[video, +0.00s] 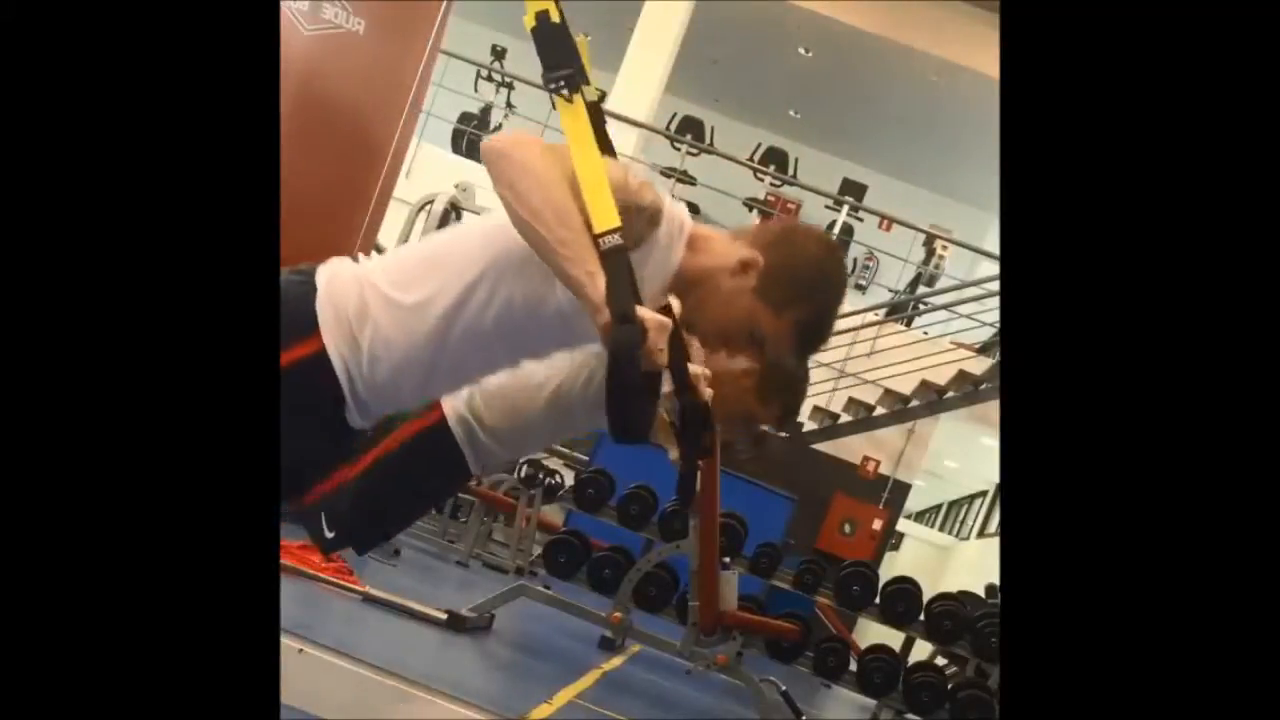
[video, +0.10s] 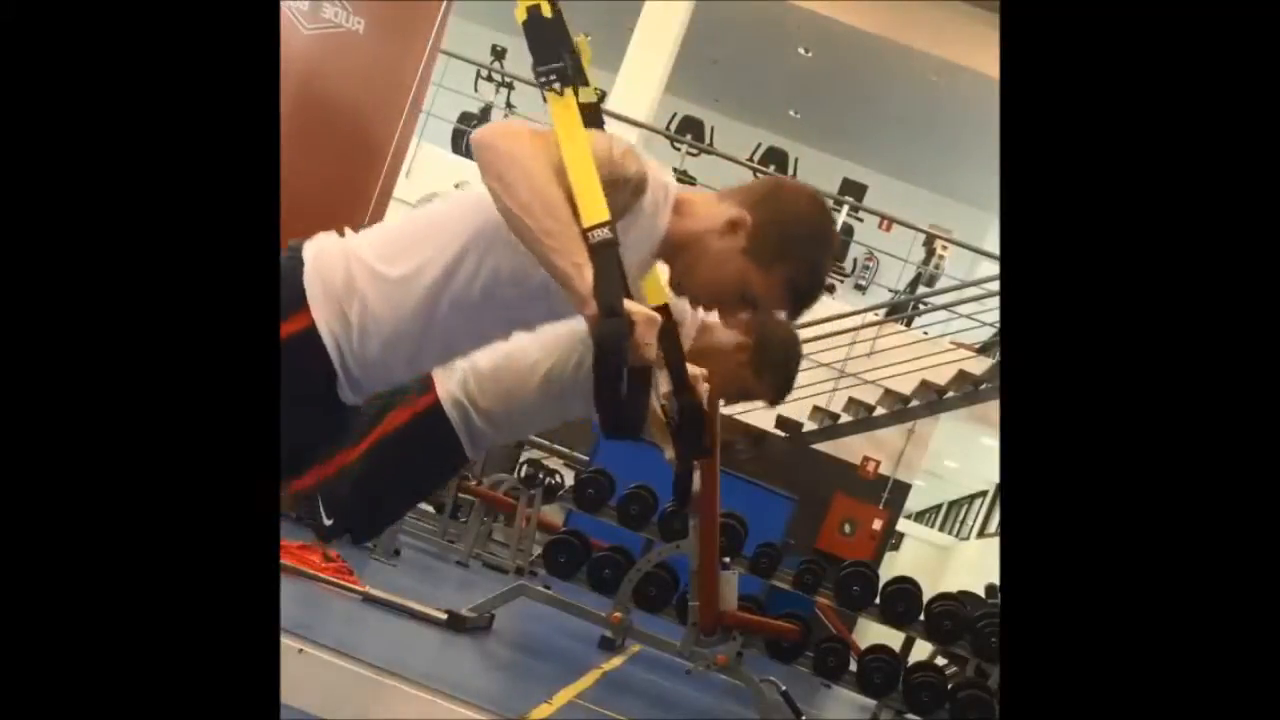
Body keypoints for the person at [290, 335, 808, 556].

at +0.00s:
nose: (732, 424)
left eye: (744, 423)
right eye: (745, 411)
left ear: (737, 377)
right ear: (736, 362)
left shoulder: (674, 389)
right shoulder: (663, 346)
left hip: (474, 445)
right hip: (455, 423)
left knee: (352, 527)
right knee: (329, 518)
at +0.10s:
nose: (724, 391)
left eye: (735, 392)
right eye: (737, 379)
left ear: (736, 347)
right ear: (734, 330)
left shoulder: (679, 362)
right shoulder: (665, 319)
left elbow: (670, 433)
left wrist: (691, 423)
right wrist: (680, 392)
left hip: (476, 429)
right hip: (456, 400)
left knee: (348, 517)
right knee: (326, 508)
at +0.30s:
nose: (728, 347)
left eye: (742, 347)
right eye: (741, 341)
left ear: (728, 295)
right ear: (730, 299)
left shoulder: (663, 315)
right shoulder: (651, 276)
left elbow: (633, 408)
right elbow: (623, 407)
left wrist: (678, 426)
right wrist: (670, 390)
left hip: (460, 405)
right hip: (439, 373)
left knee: (340, 512)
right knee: (306, 483)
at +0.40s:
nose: (716, 330)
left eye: (730, 327)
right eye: (728, 318)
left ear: (718, 268)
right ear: (720, 274)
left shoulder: (648, 279)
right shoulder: (634, 269)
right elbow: (611, 403)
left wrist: (669, 401)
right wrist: (664, 412)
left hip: (451, 391)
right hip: (431, 370)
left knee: (328, 512)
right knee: (302, 491)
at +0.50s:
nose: (713, 307)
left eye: (726, 304)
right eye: (725, 296)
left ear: (710, 252)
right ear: (711, 252)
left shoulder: (639, 279)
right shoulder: (623, 247)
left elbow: (640, 366)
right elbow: (610, 387)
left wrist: (664, 414)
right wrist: (643, 416)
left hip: (451, 391)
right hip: (425, 364)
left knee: (339, 509)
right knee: (302, 492)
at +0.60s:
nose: (709, 292)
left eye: (722, 287)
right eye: (720, 279)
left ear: (703, 237)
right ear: (704, 236)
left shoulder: (630, 268)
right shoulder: (615, 238)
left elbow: (603, 390)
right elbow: (593, 403)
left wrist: (661, 400)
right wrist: (653, 402)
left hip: (448, 387)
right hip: (424, 361)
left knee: (334, 505)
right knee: (303, 487)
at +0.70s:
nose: (707, 286)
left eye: (719, 280)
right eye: (718, 272)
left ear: (697, 230)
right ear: (698, 229)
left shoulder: (629, 275)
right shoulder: (610, 230)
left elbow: (609, 398)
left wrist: (676, 412)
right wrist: (672, 406)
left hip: (447, 389)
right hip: (421, 360)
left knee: (333, 507)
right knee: (300, 486)